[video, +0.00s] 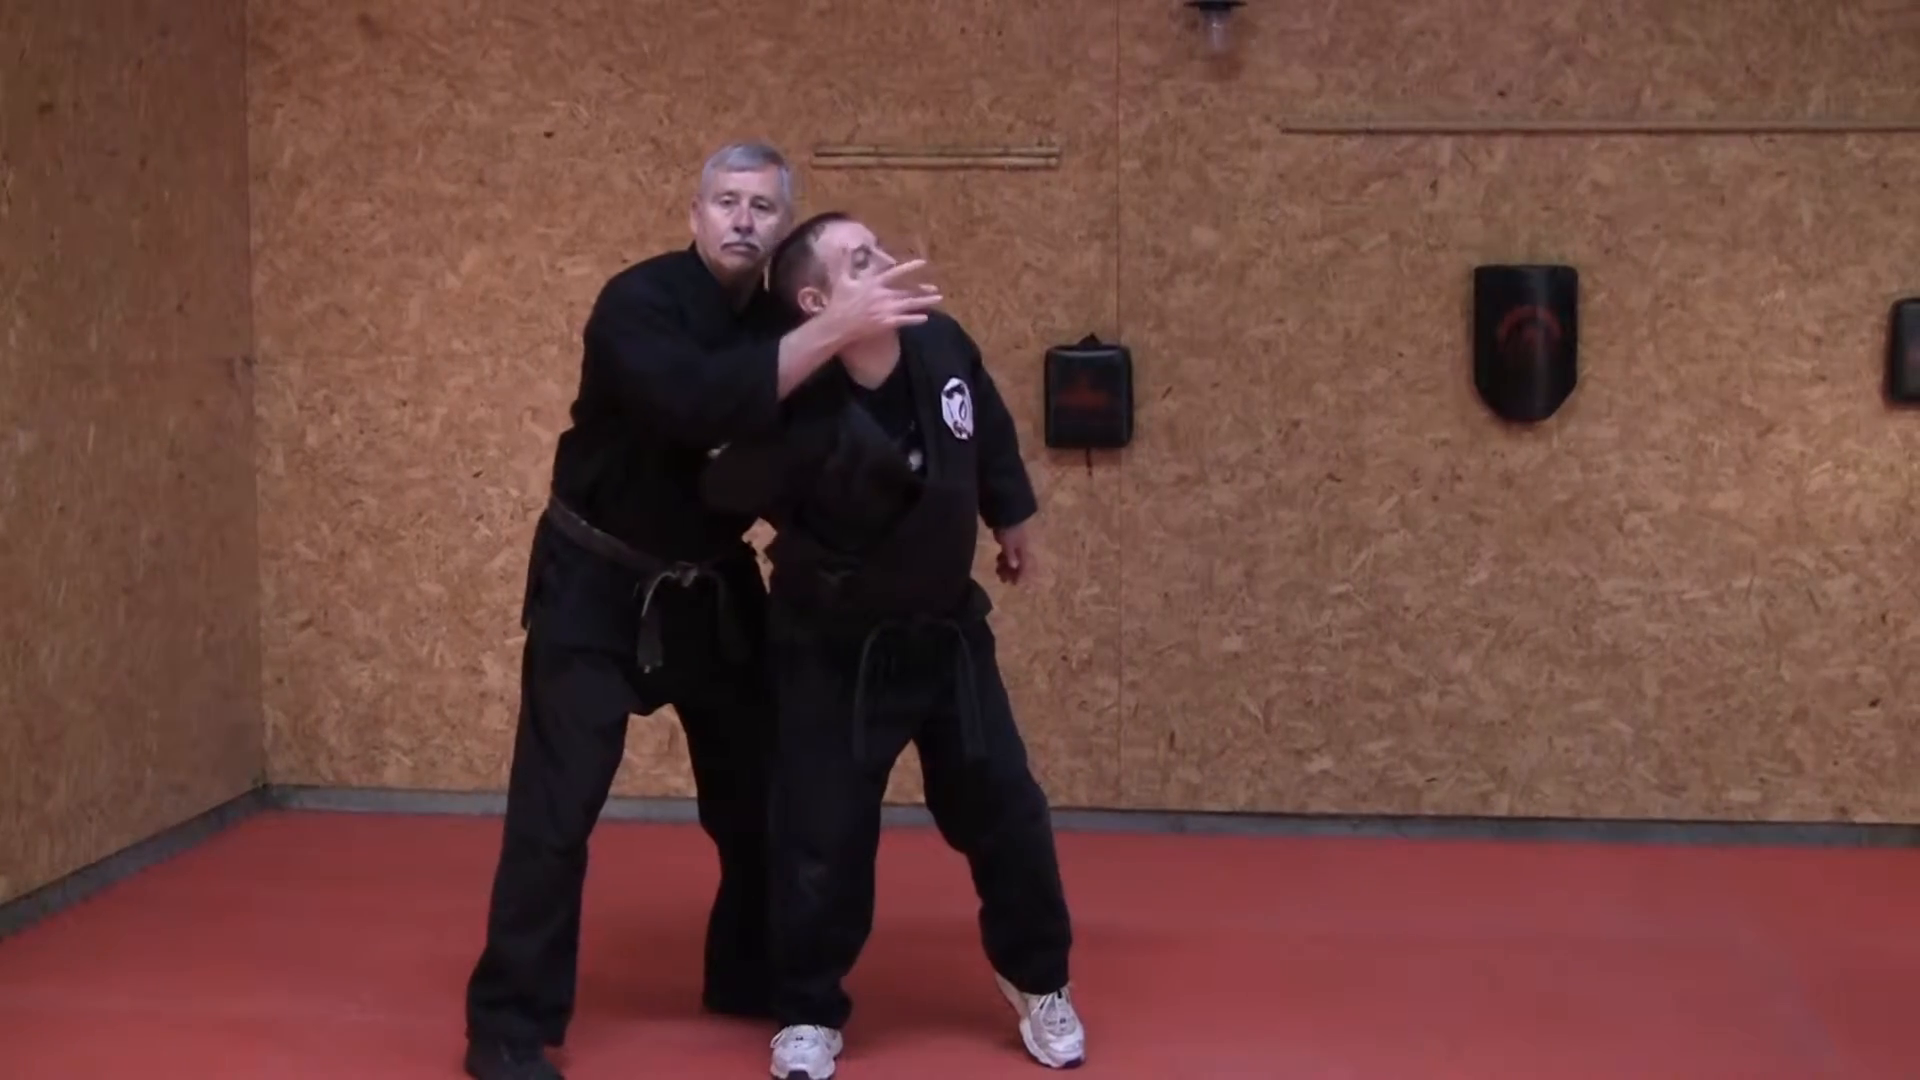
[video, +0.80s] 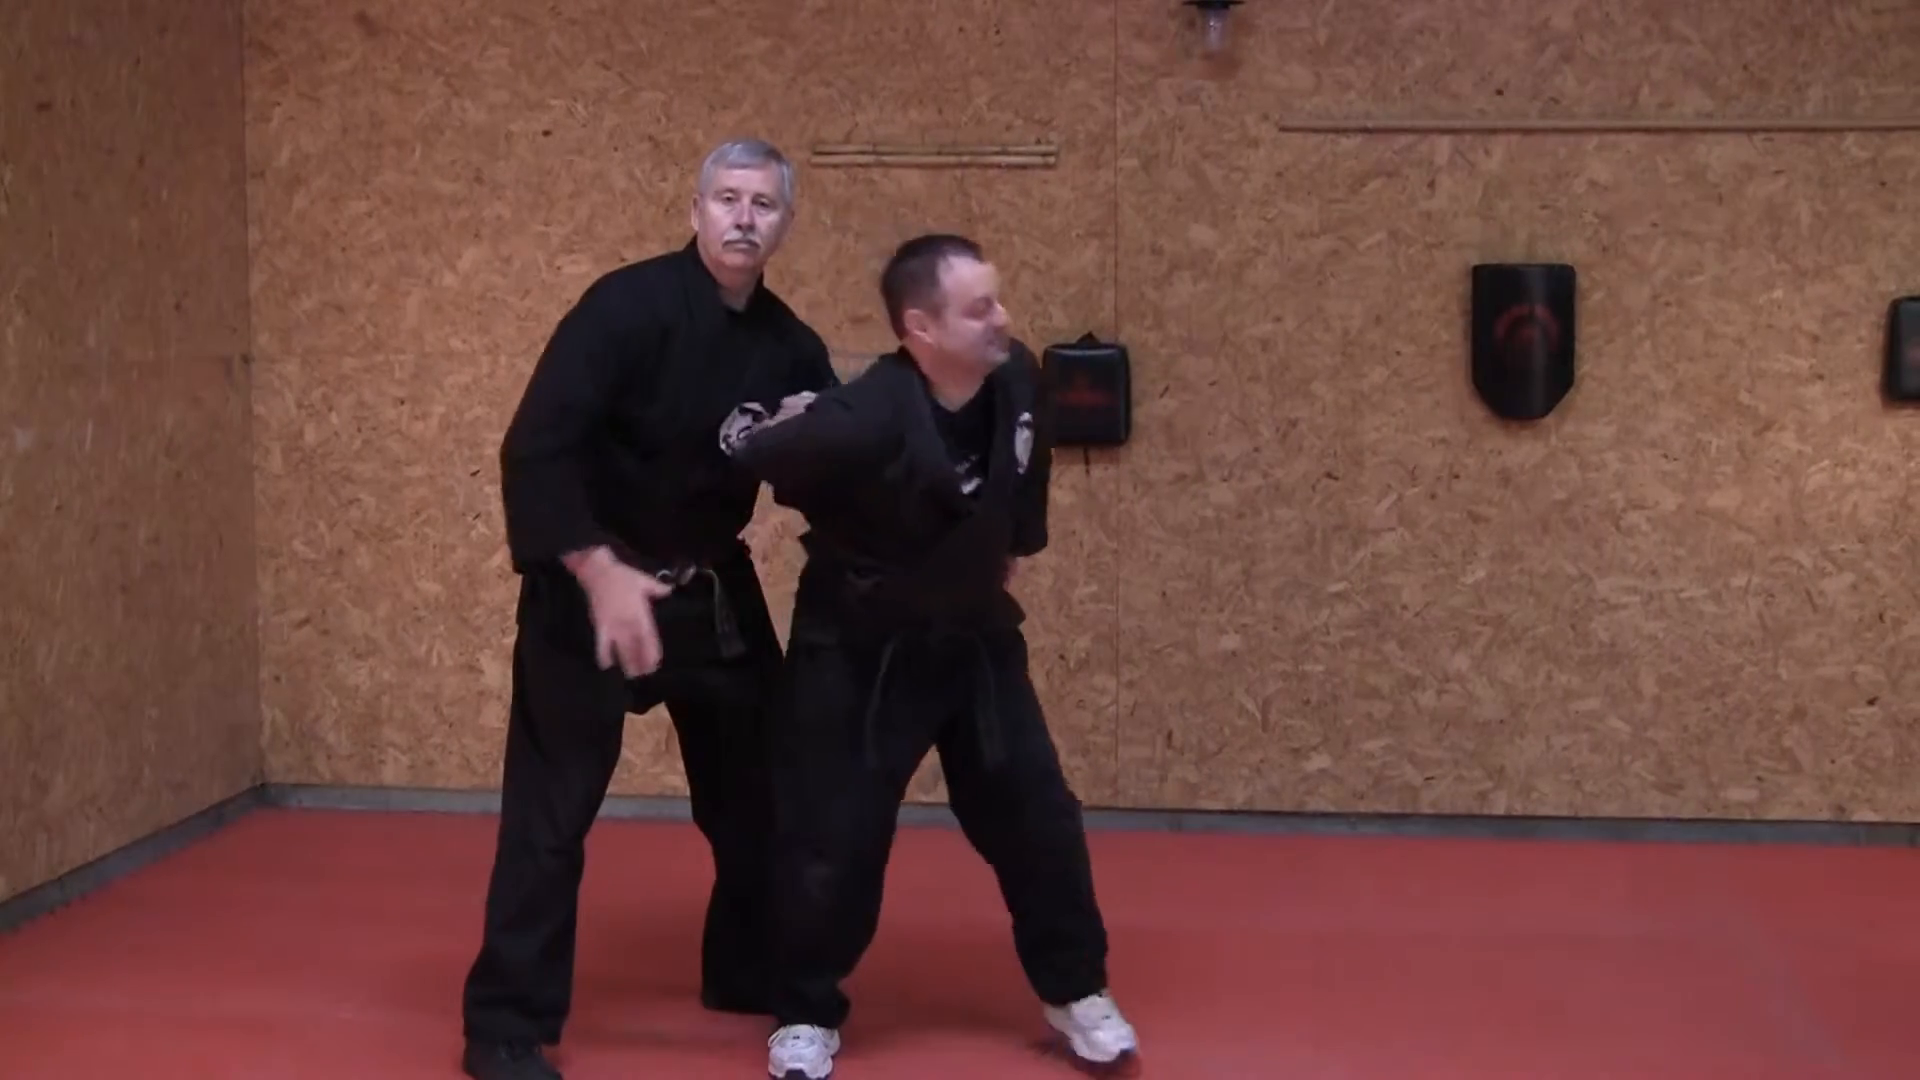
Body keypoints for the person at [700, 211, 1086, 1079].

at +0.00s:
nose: (888, 268)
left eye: (882, 252)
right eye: (860, 262)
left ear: (895, 269)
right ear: (812, 303)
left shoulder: (940, 346)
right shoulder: (798, 414)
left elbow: (989, 431)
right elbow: (722, 501)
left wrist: (1014, 519)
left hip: (944, 629)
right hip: (829, 641)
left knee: (1005, 808)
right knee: (819, 830)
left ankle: (1038, 981)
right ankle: (810, 1013)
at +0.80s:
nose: (1002, 319)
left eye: (999, 302)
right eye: (981, 310)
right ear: (919, 330)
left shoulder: (1013, 375)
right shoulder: (863, 419)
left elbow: (1025, 460)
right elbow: (759, 454)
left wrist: (1021, 541)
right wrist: (772, 434)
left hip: (973, 634)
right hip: (861, 645)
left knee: (1037, 812)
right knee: (835, 829)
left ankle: (1074, 989)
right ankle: (807, 1015)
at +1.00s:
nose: (1104, 372)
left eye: (1113, 352)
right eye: (1082, 354)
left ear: (1121, 347)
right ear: (1025, 349)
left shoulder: (1119, 426)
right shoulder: (952, 413)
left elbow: (1119, 518)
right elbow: (827, 437)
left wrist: (1102, 590)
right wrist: (878, 489)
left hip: (1040, 652)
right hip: (918, 652)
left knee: (1077, 838)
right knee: (854, 828)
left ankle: (1101, 1018)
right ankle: (807, 1013)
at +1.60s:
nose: (1144, 283)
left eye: (1161, 269)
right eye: (1146, 266)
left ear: (1220, 281)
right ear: (1201, 279)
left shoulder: (1288, 402)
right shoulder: (1145, 375)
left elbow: (1315, 541)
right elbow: (1119, 492)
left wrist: (1283, 658)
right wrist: (1100, 590)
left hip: (1226, 655)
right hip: (1146, 642)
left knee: (1178, 832)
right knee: (1195, 816)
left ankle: (1111, 1017)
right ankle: (1305, 945)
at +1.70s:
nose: (1158, 289)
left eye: (1175, 275)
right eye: (1160, 272)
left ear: (1233, 283)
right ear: (1217, 284)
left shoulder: (1304, 396)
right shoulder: (1173, 385)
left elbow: (1327, 537)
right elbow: (1156, 510)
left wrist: (1298, 655)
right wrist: (1147, 614)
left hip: (1254, 651)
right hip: (1189, 644)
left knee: (1196, 834)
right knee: (1257, 815)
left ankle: (1131, 1015)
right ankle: (1324, 968)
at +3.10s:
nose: (1607, 278)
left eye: (1624, 264)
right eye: (1599, 264)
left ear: (1666, 267)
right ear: (1593, 268)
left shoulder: (1716, 355)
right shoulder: (1601, 358)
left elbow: (1733, 475)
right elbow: (1567, 468)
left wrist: (1698, 577)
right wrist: (1524, 565)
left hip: (1697, 582)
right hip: (1628, 579)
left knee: (1645, 751)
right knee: (1638, 750)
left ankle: (1607, 929)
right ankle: (1687, 909)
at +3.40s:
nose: (1713, 284)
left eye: (1730, 271)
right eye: (1702, 269)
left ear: (1760, 271)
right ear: (1686, 266)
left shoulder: (1808, 361)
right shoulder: (1670, 365)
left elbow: (1829, 477)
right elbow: (1636, 468)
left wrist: (1785, 575)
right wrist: (1618, 570)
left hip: (1779, 595)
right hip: (1687, 593)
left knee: (1819, 759)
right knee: (1659, 754)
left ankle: (1897, 918)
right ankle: (1669, 911)